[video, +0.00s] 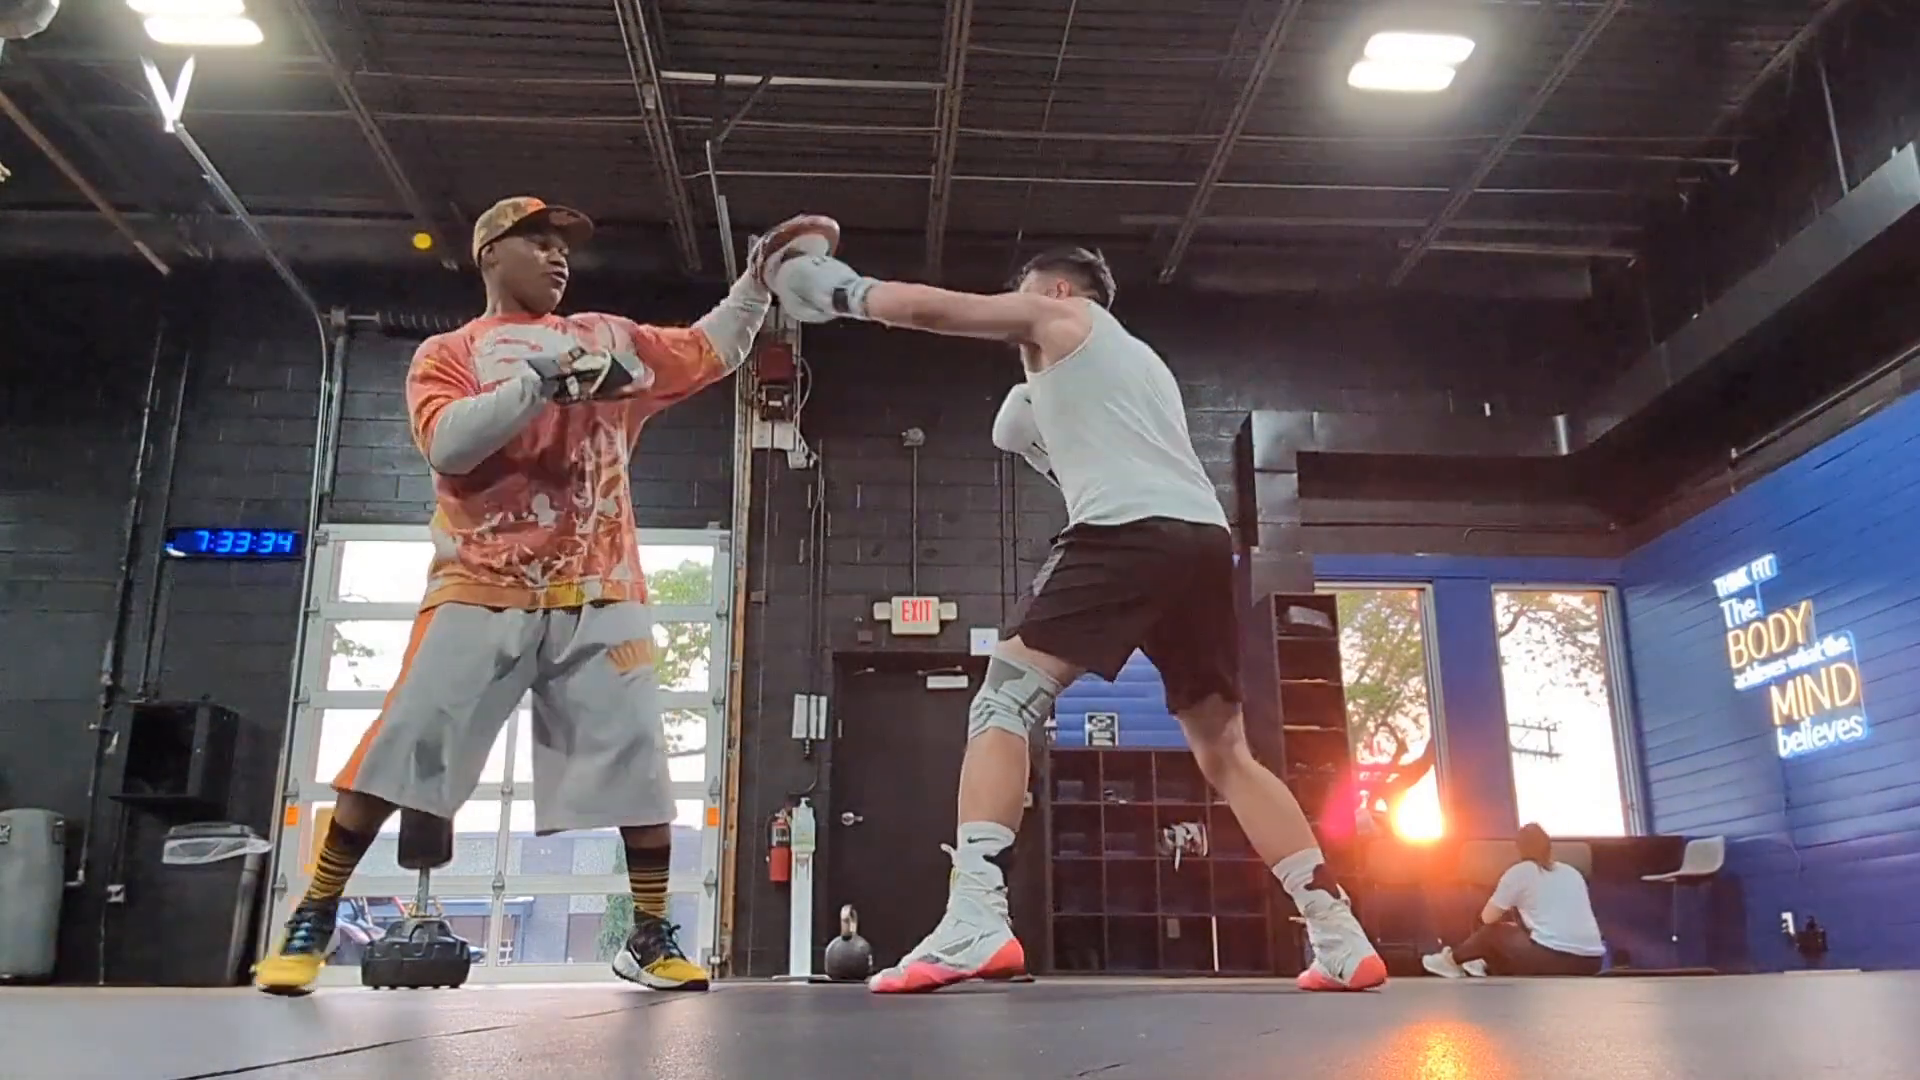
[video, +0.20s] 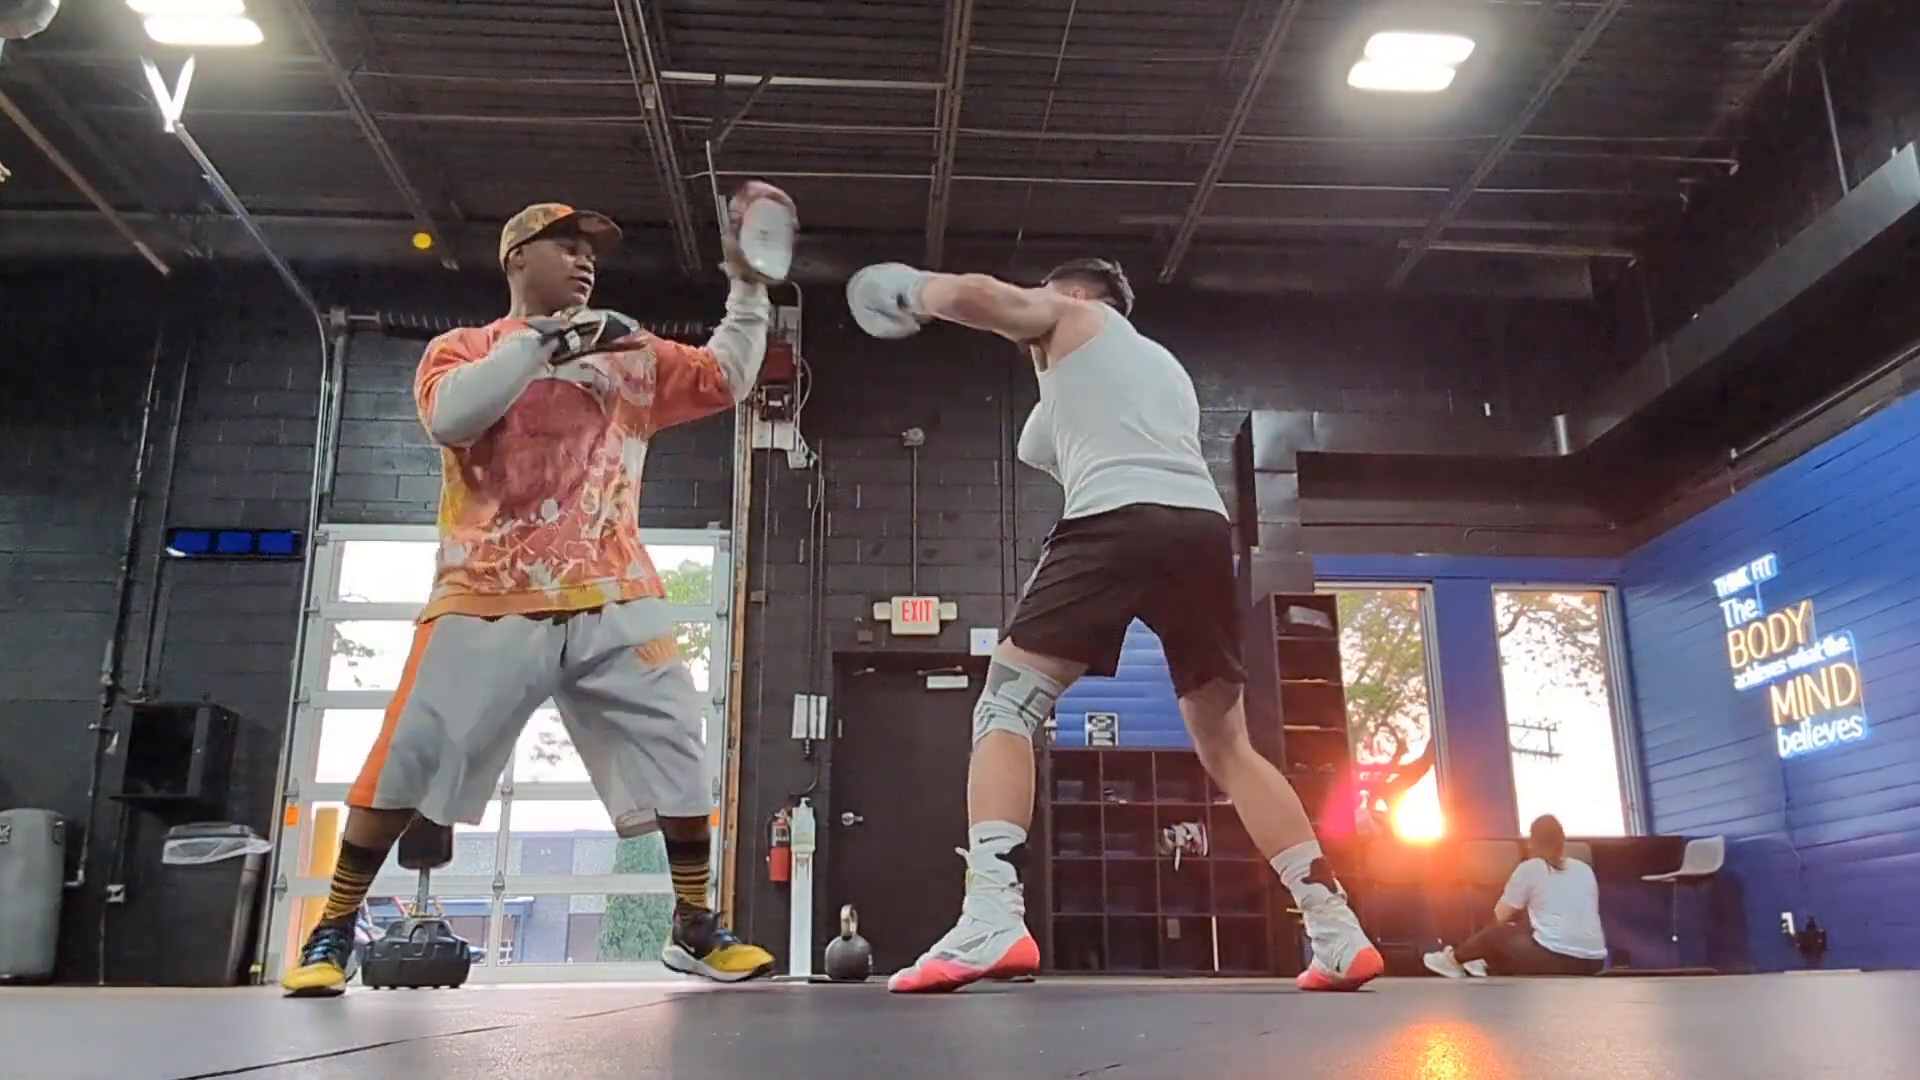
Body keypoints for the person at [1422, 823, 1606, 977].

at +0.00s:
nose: (1518, 848)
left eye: (1519, 844)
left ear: (1521, 848)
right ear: (1547, 846)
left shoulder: (1519, 873)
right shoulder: (1573, 873)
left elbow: (1488, 917)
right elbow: (1561, 914)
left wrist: (1517, 924)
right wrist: (1522, 920)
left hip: (1554, 959)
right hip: (1591, 962)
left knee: (1492, 932)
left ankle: (1450, 960)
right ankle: (1481, 963)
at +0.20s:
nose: (1531, 842)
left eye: (1532, 838)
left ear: (1533, 840)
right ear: (1562, 840)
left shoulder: (1529, 869)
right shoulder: (1586, 871)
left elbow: (1501, 915)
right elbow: (1585, 911)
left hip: (1556, 958)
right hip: (1593, 962)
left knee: (1497, 932)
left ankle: (1452, 959)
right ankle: (1485, 964)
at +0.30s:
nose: (1535, 840)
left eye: (1537, 835)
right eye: (1536, 835)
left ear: (1542, 837)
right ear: (1568, 837)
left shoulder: (1535, 867)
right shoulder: (1593, 871)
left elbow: (1507, 912)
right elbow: (1598, 913)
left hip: (1558, 958)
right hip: (1595, 962)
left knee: (1502, 929)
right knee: (1528, 928)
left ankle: (1454, 957)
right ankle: (1485, 963)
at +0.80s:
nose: (1553, 840)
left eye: (1555, 835)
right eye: (1554, 835)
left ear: (1560, 837)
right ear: (1588, 836)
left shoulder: (1551, 870)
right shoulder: (1608, 874)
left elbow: (1523, 919)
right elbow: (1611, 921)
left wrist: (1520, 893)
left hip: (1560, 961)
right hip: (1597, 963)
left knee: (1496, 924)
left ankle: (1456, 958)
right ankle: (1492, 958)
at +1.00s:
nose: (1556, 843)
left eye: (1557, 838)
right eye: (1556, 838)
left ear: (1563, 839)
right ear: (1588, 836)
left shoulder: (1552, 871)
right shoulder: (1612, 875)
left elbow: (1525, 918)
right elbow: (1614, 927)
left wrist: (1527, 889)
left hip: (1560, 961)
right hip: (1600, 962)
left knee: (1496, 918)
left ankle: (1462, 957)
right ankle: (1516, 955)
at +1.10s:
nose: (1552, 843)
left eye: (1554, 837)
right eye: (1552, 837)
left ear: (1562, 837)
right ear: (1586, 834)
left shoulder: (1551, 868)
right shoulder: (1611, 873)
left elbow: (1528, 919)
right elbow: (1614, 929)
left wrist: (1529, 888)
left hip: (1559, 960)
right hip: (1601, 962)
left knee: (1499, 907)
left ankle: (1474, 948)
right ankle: (1521, 953)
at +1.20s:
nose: (1546, 848)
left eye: (1547, 842)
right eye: (1545, 843)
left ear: (1557, 840)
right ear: (1581, 838)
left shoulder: (1548, 867)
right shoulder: (1608, 872)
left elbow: (1529, 921)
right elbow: (1614, 928)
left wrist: (1528, 891)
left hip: (1562, 962)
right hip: (1603, 961)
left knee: (1502, 902)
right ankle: (1519, 951)